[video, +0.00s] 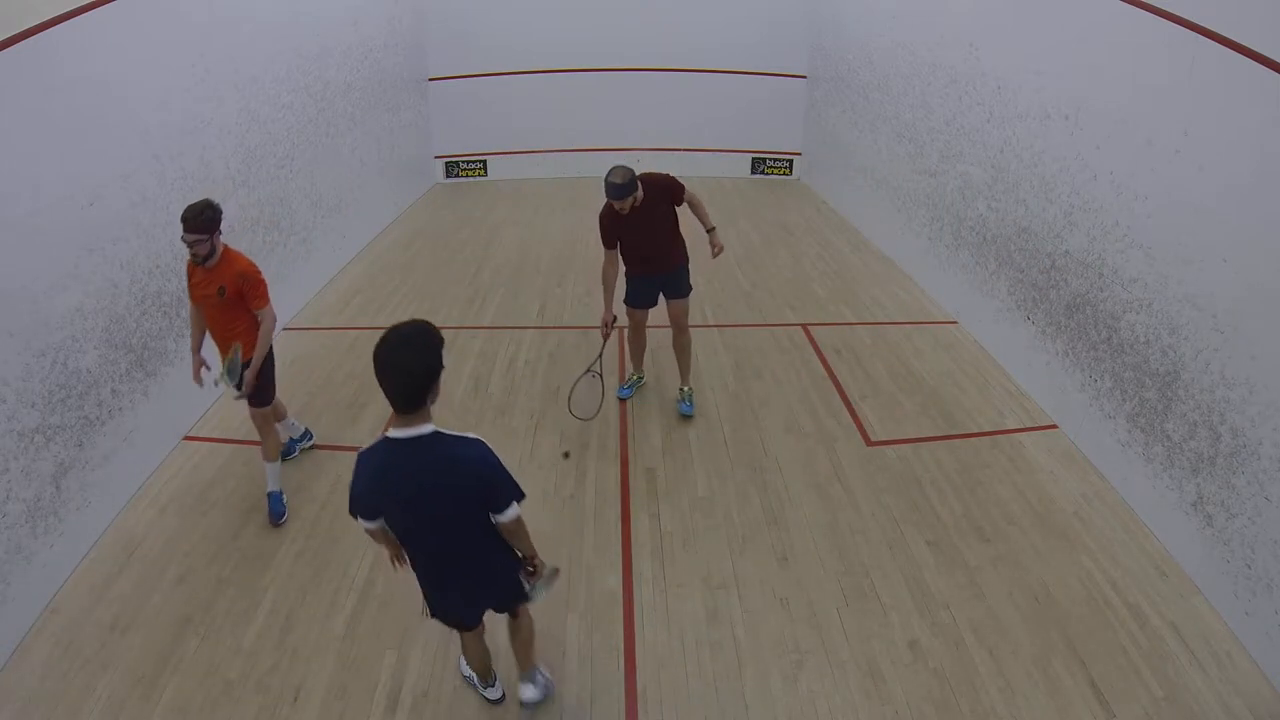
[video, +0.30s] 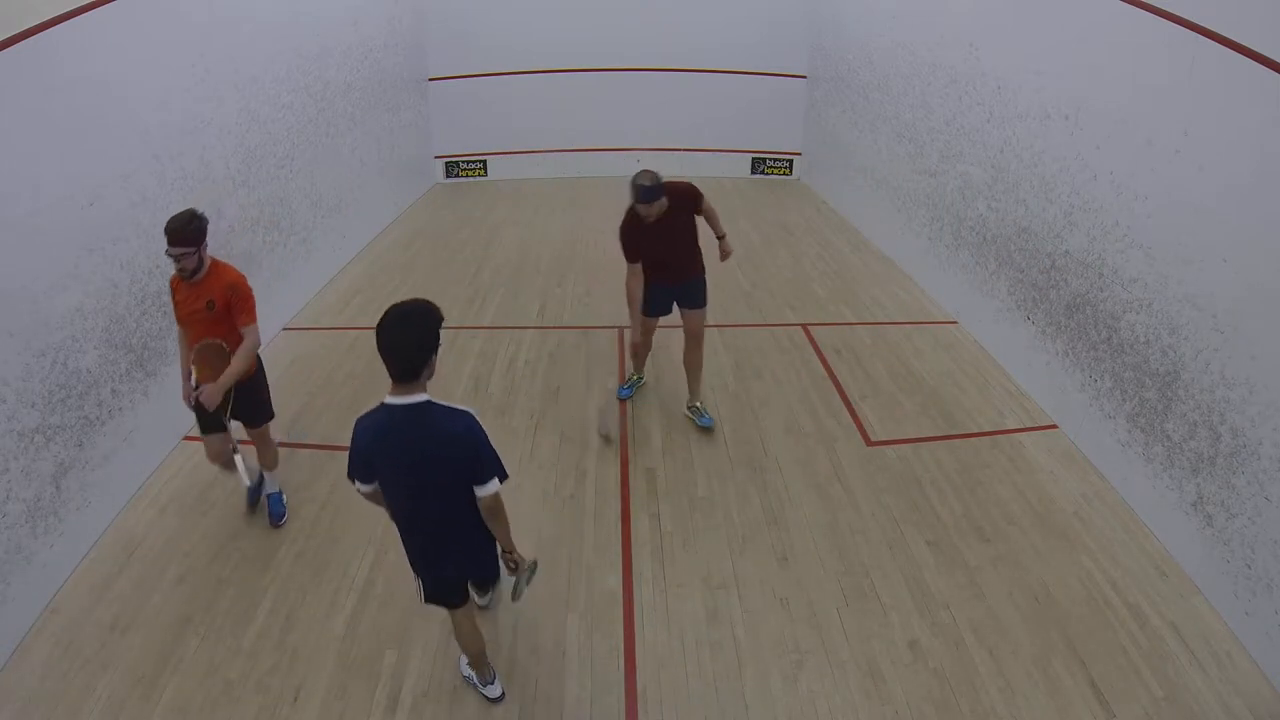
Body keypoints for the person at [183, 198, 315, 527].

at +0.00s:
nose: (192, 250)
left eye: (198, 243)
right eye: (187, 243)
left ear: (217, 236)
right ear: (183, 237)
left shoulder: (241, 269)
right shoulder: (194, 267)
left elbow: (268, 320)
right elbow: (197, 309)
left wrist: (253, 368)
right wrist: (196, 351)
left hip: (256, 353)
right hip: (229, 355)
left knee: (260, 417)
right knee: (261, 398)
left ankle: (274, 490)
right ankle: (296, 434)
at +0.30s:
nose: (178, 264)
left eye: (184, 257)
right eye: (172, 257)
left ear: (203, 248)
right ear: (168, 252)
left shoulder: (232, 282)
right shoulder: (177, 285)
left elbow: (252, 341)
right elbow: (184, 333)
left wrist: (220, 385)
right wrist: (186, 379)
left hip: (242, 371)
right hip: (205, 380)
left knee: (260, 436)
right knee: (217, 453)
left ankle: (273, 489)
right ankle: (251, 477)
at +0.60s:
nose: (157, 294)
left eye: (163, 285)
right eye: (151, 287)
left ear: (181, 274)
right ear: (146, 282)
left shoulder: (216, 307)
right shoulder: (154, 320)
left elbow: (245, 367)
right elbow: (169, 369)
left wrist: (244, 425)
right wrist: (183, 414)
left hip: (236, 405)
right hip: (195, 418)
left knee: (255, 455)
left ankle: (273, 491)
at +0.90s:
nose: (143, 313)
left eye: (151, 302)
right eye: (133, 305)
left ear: (166, 289)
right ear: (124, 300)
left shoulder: (203, 324)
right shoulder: (122, 350)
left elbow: (243, 374)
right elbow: (132, 405)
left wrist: (269, 427)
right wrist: (155, 458)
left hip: (225, 440)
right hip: (181, 457)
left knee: (261, 519)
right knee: (218, 523)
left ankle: (275, 547)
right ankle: (253, 572)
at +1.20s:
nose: (164, 346)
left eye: (171, 333)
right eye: (152, 338)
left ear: (182, 320)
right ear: (136, 333)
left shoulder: (215, 357)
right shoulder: (127, 389)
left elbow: (244, 413)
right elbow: (132, 459)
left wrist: (267, 467)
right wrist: (141, 528)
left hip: (239, 483)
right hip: (193, 501)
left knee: (274, 565)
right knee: (227, 548)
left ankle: (309, 642)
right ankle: (254, 574)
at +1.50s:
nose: (191, 360)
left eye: (199, 346)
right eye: (177, 352)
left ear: (208, 333)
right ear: (157, 349)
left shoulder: (241, 371)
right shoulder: (144, 418)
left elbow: (279, 435)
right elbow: (155, 496)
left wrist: (317, 495)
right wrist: (179, 571)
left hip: (275, 510)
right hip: (225, 539)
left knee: (296, 584)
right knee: (272, 627)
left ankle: (312, 648)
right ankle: (281, 649)